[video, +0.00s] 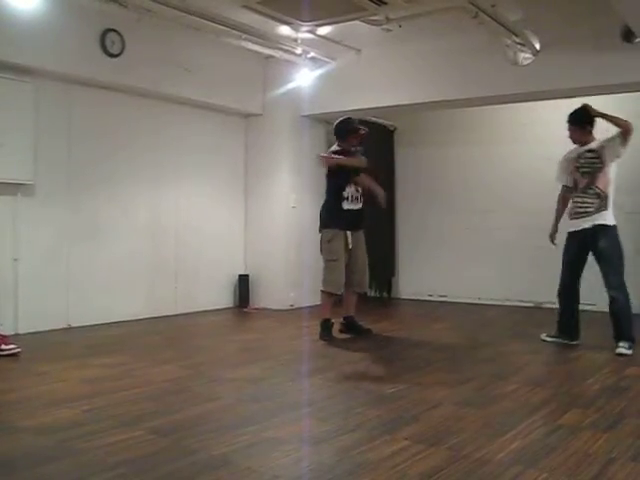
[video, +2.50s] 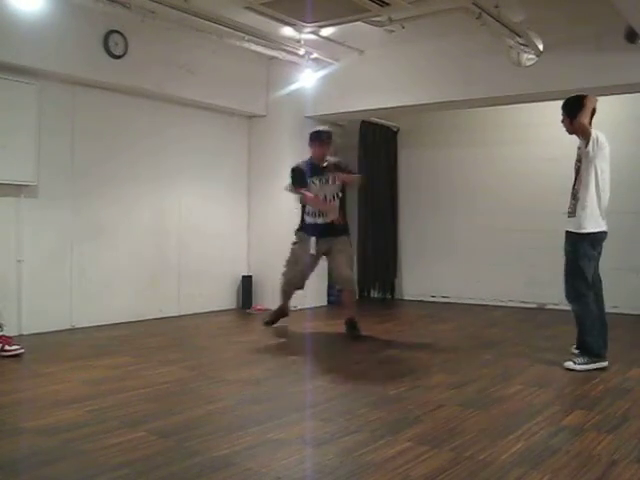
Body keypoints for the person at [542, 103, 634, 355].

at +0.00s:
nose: (570, 135)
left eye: (573, 131)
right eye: (569, 130)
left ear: (586, 129)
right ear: (575, 130)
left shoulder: (606, 149)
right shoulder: (569, 158)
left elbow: (627, 129)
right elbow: (565, 193)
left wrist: (599, 114)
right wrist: (555, 225)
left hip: (602, 225)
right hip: (576, 228)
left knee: (615, 284)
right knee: (567, 285)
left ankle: (625, 340)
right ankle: (567, 333)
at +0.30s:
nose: (600, 132)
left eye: (605, 128)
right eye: (599, 127)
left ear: (618, 130)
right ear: (601, 126)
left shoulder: (633, 152)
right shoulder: (589, 154)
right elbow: (580, 187)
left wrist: (635, 115)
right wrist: (569, 217)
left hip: (626, 230)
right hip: (594, 228)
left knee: (627, 288)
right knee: (582, 284)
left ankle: (625, 339)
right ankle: (573, 333)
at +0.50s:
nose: (608, 130)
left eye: (613, 127)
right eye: (609, 125)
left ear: (626, 130)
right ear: (612, 125)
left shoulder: (637, 154)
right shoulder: (597, 152)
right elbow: (588, 187)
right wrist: (577, 217)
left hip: (630, 230)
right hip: (598, 228)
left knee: (630, 289)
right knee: (591, 283)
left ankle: (628, 341)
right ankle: (592, 339)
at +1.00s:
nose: (588, 124)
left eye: (592, 120)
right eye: (589, 119)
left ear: (607, 122)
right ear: (603, 122)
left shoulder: (627, 148)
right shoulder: (584, 152)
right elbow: (578, 191)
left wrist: (628, 108)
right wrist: (569, 227)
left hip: (614, 232)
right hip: (583, 231)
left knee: (619, 289)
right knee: (585, 292)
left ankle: (629, 340)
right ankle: (592, 345)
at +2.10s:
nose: (568, 117)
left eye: (570, 112)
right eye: (568, 112)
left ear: (582, 112)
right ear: (586, 113)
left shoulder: (604, 139)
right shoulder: (586, 139)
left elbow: (609, 125)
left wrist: (600, 98)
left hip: (595, 228)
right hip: (579, 225)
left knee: (592, 291)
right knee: (575, 288)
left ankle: (597, 355)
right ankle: (587, 345)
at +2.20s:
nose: (568, 120)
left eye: (569, 114)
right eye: (567, 114)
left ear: (582, 113)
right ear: (584, 113)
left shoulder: (602, 140)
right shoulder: (587, 139)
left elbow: (602, 123)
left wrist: (597, 98)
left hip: (593, 228)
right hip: (580, 226)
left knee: (590, 290)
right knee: (579, 288)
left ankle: (596, 355)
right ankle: (588, 346)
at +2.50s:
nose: (564, 126)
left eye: (566, 120)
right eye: (564, 120)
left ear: (577, 118)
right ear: (576, 119)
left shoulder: (595, 143)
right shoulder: (587, 145)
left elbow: (582, 126)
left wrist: (589, 106)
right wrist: (588, 106)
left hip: (587, 229)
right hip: (582, 228)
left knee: (581, 292)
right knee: (587, 290)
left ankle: (594, 354)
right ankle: (589, 347)